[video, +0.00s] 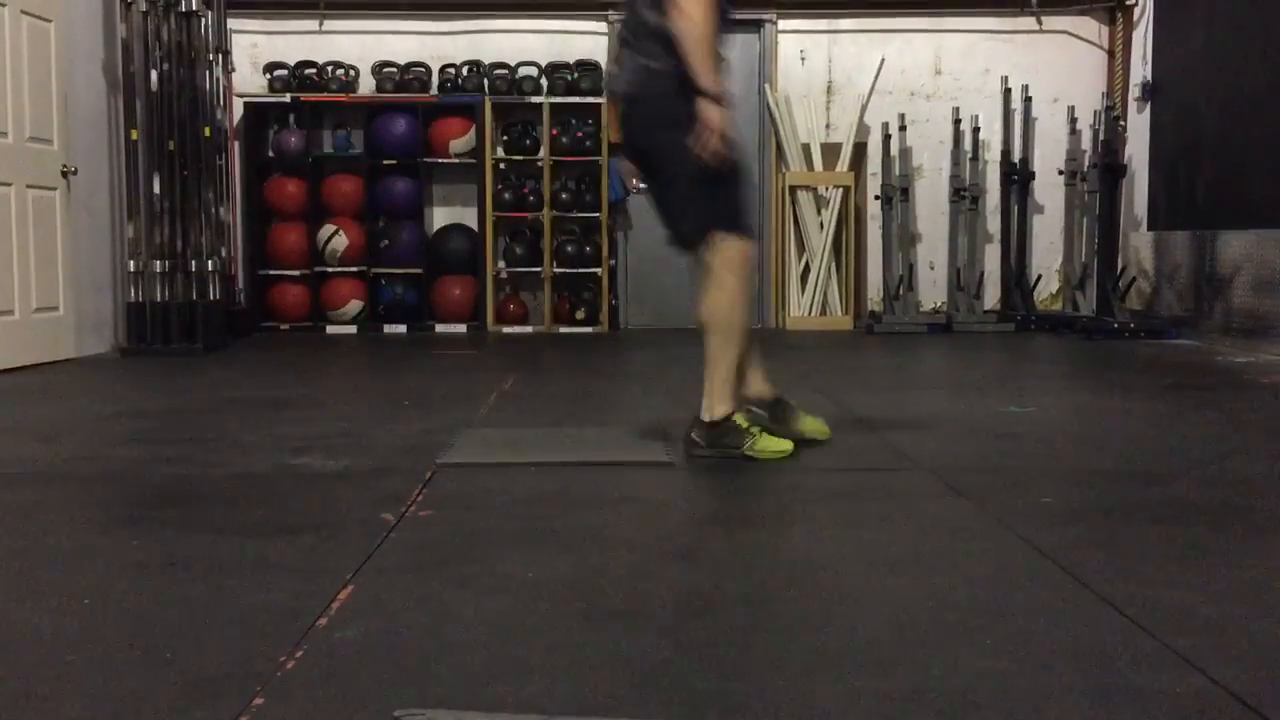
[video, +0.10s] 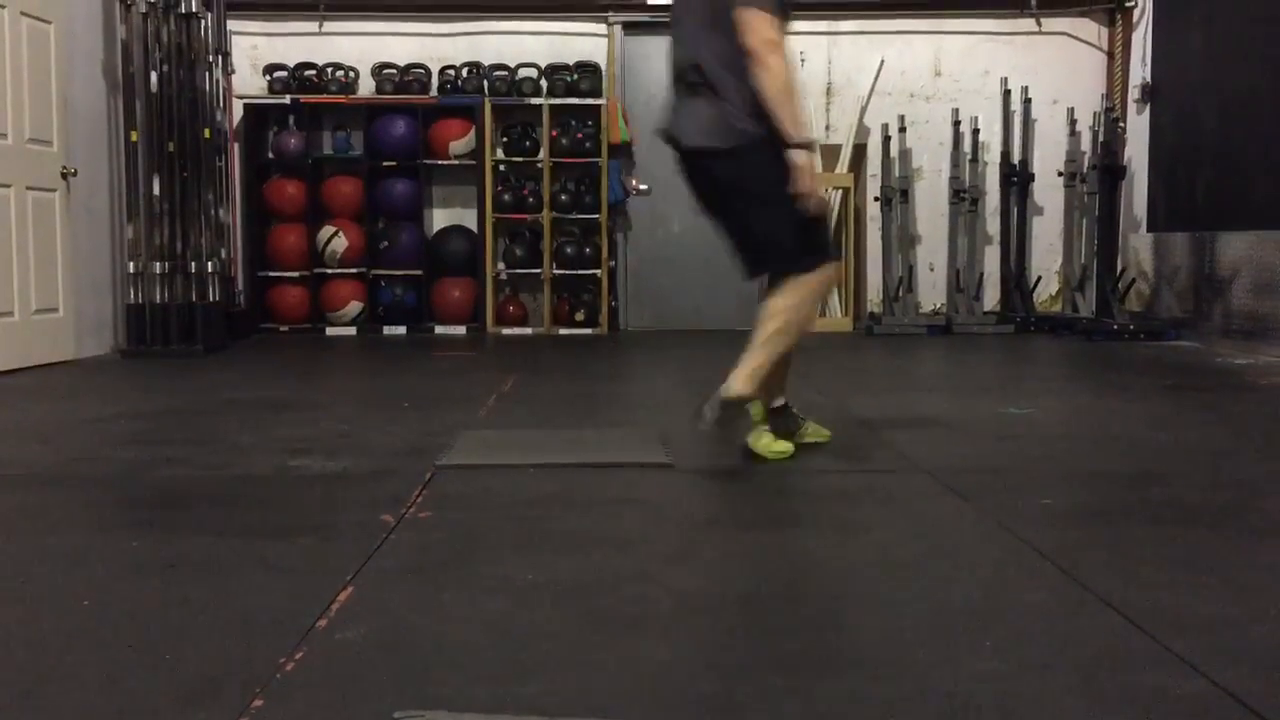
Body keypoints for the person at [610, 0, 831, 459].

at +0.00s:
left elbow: (635, 38)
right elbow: (688, 7)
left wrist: (624, 137)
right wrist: (711, 93)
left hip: (652, 100)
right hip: (674, 97)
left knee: (720, 253)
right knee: (732, 248)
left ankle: (757, 396)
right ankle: (716, 420)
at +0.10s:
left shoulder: (698, 10)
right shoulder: (747, 4)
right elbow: (762, 46)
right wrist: (801, 144)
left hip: (702, 139)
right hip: (736, 138)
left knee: (784, 272)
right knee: (814, 265)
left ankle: (775, 413)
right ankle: (735, 396)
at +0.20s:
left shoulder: (705, 5)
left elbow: (702, 64)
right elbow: (827, 35)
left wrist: (750, 113)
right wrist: (869, 127)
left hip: (739, 140)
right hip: (803, 128)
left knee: (795, 265)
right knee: (874, 249)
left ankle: (769, 406)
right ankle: (804, 362)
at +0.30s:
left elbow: (722, 45)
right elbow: (895, 17)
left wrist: (769, 90)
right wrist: (919, 87)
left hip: (779, 121)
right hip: (852, 113)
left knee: (789, 263)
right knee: (903, 242)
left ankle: (771, 401)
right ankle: (892, 378)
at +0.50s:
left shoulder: (818, 1)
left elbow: (780, 62)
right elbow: (1014, 23)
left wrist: (801, 109)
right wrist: (1004, 90)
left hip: (853, 141)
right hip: (933, 136)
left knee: (819, 283)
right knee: (958, 277)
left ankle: (779, 406)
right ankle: (1001, 414)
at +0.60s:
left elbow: (844, 67)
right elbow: (1023, 36)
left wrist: (809, 127)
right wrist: (1034, 115)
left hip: (892, 141)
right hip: (967, 137)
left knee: (849, 271)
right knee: (976, 276)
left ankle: (825, 407)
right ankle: (1002, 415)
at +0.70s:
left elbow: (891, 45)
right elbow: (1020, 31)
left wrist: (856, 131)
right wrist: (1028, 118)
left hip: (922, 127)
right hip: (993, 125)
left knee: (881, 255)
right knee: (989, 266)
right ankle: (1005, 413)